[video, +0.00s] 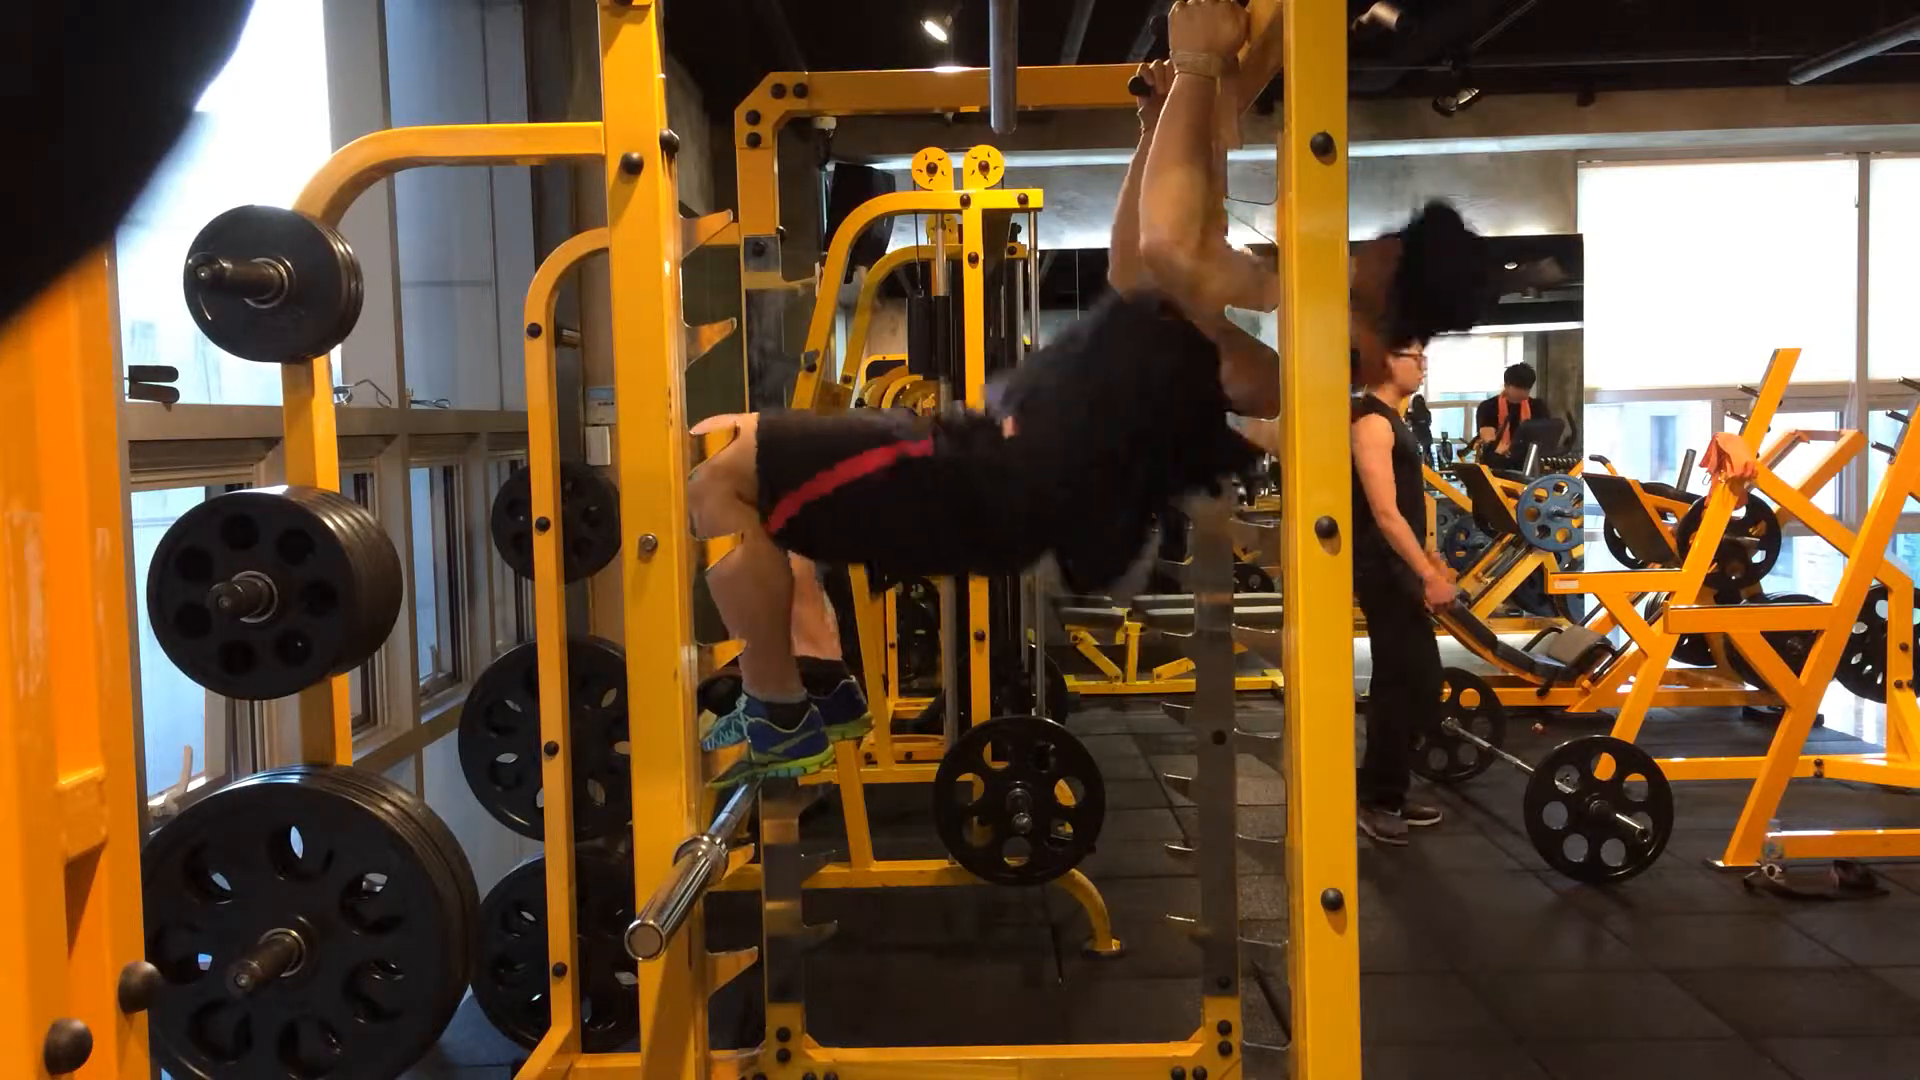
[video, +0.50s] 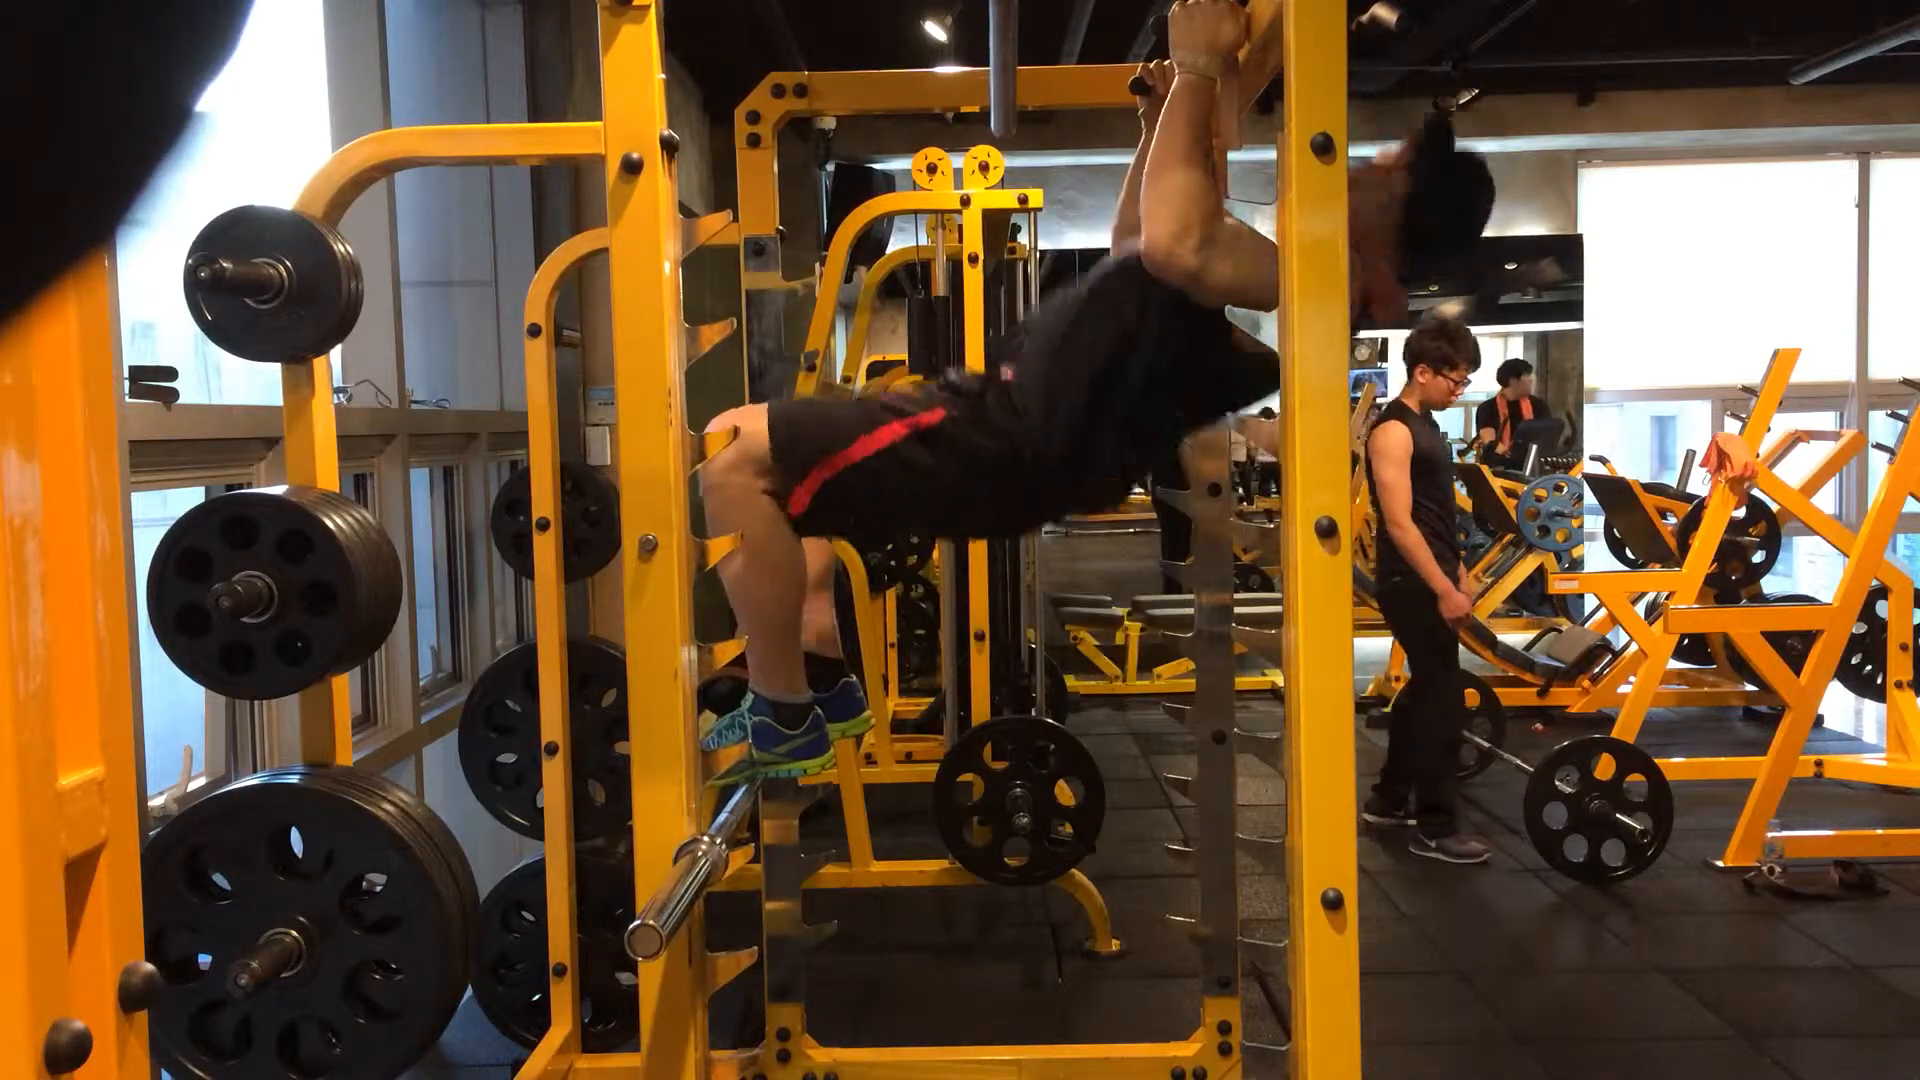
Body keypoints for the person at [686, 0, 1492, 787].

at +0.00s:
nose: (1353, 251)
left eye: (1376, 256)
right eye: (1368, 246)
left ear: (1391, 300)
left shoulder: (1329, 376)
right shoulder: (1310, 337)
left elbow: (1192, 269)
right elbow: (1139, 266)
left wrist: (1207, 70)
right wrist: (1169, 105)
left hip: (1019, 488)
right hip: (1008, 447)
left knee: (725, 487)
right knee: (729, 439)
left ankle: (776, 712)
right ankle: (821, 670)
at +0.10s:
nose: (1362, 180)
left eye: (1380, 185)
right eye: (1377, 177)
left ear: (1382, 217)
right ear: (1411, 262)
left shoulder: (1301, 281)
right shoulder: (1311, 278)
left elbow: (1164, 240)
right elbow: (1188, 213)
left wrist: (1199, 64)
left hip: (1018, 431)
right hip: (1013, 395)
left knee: (725, 483)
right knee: (729, 436)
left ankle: (776, 714)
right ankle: (819, 668)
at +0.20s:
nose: (1368, 119)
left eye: (1387, 119)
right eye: (1384, 113)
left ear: (1391, 145)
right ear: (1410, 172)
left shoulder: (1328, 253)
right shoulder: (1327, 213)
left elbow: (1163, 236)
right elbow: (1188, 169)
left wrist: (1200, 64)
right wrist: (1222, 68)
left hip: (1023, 392)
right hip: (1013, 360)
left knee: (732, 464)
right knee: (744, 432)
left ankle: (782, 716)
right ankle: (824, 677)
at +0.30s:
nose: (1360, 105)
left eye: (1374, 101)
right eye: (1372, 101)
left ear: (1380, 115)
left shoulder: (1318, 242)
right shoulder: (1295, 180)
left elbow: (1167, 237)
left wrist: (1204, 66)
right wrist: (1211, 86)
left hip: (1025, 378)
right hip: (1007, 343)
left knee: (737, 451)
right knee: (770, 440)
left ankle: (781, 716)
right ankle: (822, 671)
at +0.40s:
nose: (1368, 115)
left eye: (1385, 113)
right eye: (1382, 107)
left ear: (1389, 142)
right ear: (1396, 158)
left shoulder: (1329, 252)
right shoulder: (1322, 205)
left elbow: (1170, 238)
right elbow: (1186, 191)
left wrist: (1201, 68)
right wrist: (1203, 88)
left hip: (1026, 399)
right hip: (1015, 359)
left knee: (739, 460)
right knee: (749, 428)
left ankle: (782, 716)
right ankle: (820, 665)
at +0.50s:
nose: (1362, 164)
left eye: (1383, 169)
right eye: (1377, 157)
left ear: (1395, 225)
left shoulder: (1325, 283)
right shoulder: (1316, 274)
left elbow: (1181, 247)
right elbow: (1146, 236)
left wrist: (1205, 68)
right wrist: (1188, 92)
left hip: (1009, 445)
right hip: (1015, 418)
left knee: (735, 463)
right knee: (759, 428)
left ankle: (782, 713)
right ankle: (821, 663)